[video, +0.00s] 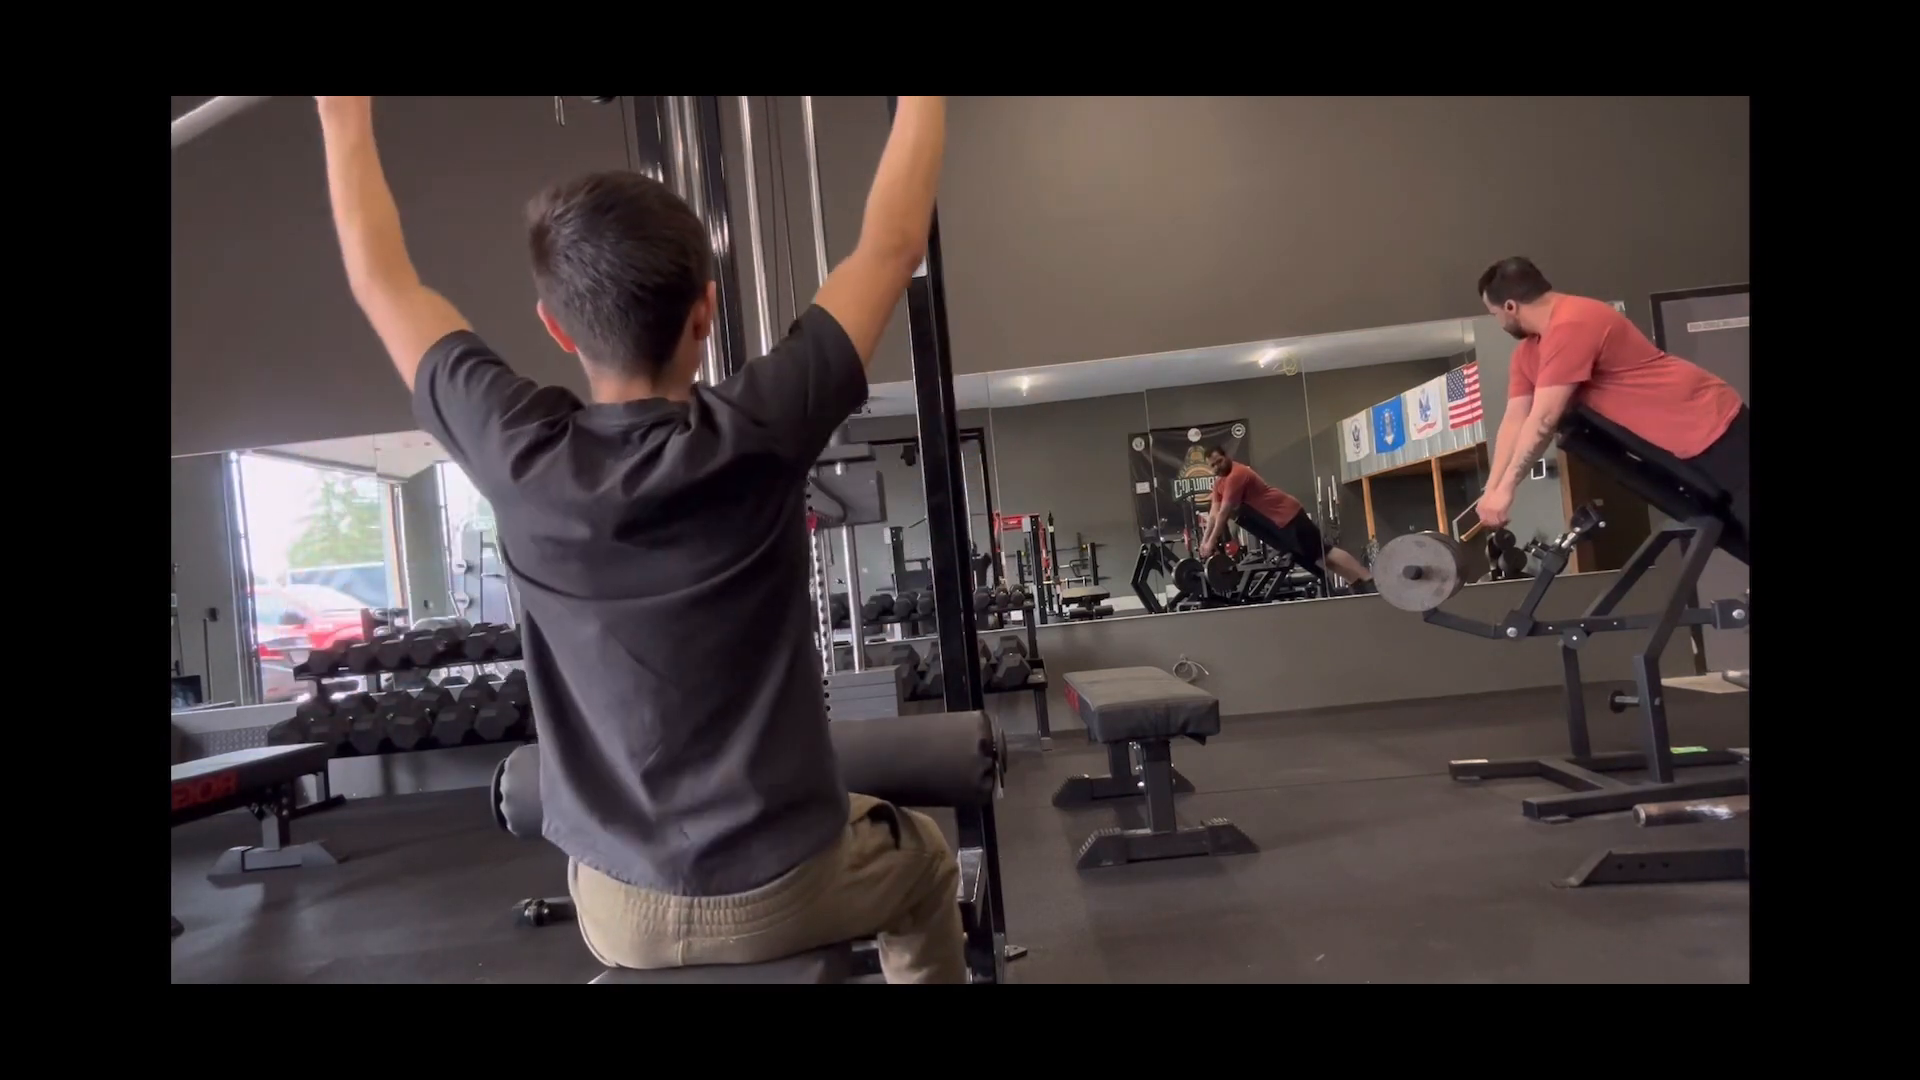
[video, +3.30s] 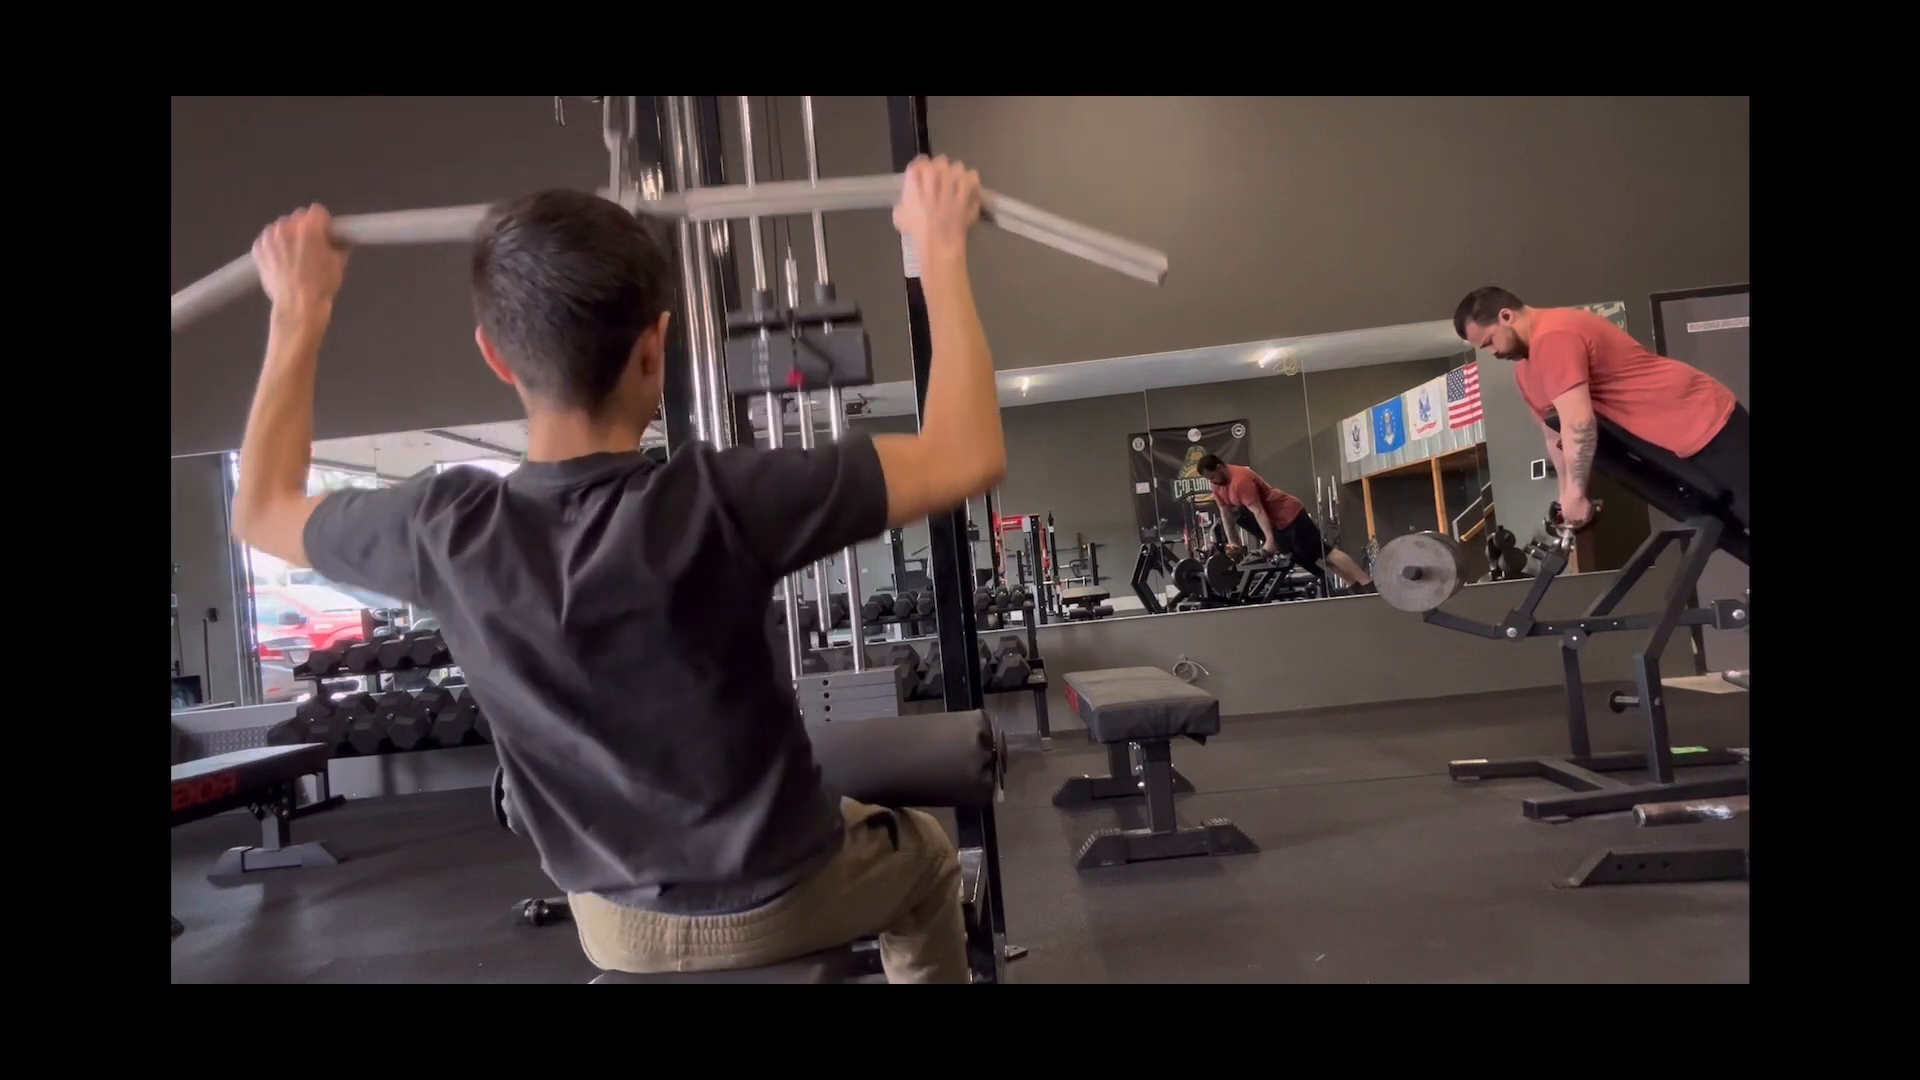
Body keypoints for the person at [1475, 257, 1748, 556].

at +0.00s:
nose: (1496, 322)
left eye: (1493, 313)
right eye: (1493, 315)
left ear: (1510, 307)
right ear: (1515, 306)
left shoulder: (1574, 323)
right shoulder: (1526, 352)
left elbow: (1544, 420)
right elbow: (1514, 418)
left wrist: (1506, 487)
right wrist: (1493, 487)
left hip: (1713, 424)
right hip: (1677, 447)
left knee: (1745, 527)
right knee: (1732, 536)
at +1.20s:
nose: (1496, 343)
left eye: (1493, 332)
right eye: (1489, 337)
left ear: (1513, 307)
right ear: (1511, 310)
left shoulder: (1570, 324)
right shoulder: (1526, 364)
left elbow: (1579, 417)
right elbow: (1535, 424)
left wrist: (1542, 480)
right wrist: (1530, 484)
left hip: (1709, 421)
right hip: (1672, 448)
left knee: (1745, 520)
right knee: (1732, 534)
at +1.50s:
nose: (1490, 356)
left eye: (1484, 346)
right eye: (1483, 350)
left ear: (1499, 326)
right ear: (1499, 329)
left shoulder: (1561, 329)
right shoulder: (1530, 373)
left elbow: (1591, 418)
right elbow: (1568, 431)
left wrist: (1578, 480)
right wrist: (1574, 486)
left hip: (1706, 423)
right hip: (1667, 453)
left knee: (1746, 515)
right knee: (1730, 534)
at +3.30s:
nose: (1492, 352)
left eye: (1488, 342)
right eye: (1483, 348)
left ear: (1507, 316)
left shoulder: (1553, 337)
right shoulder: (1524, 368)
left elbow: (1581, 427)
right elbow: (1554, 436)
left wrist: (1576, 496)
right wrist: (1568, 496)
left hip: (1704, 422)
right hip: (1671, 446)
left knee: (1746, 515)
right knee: (1730, 532)